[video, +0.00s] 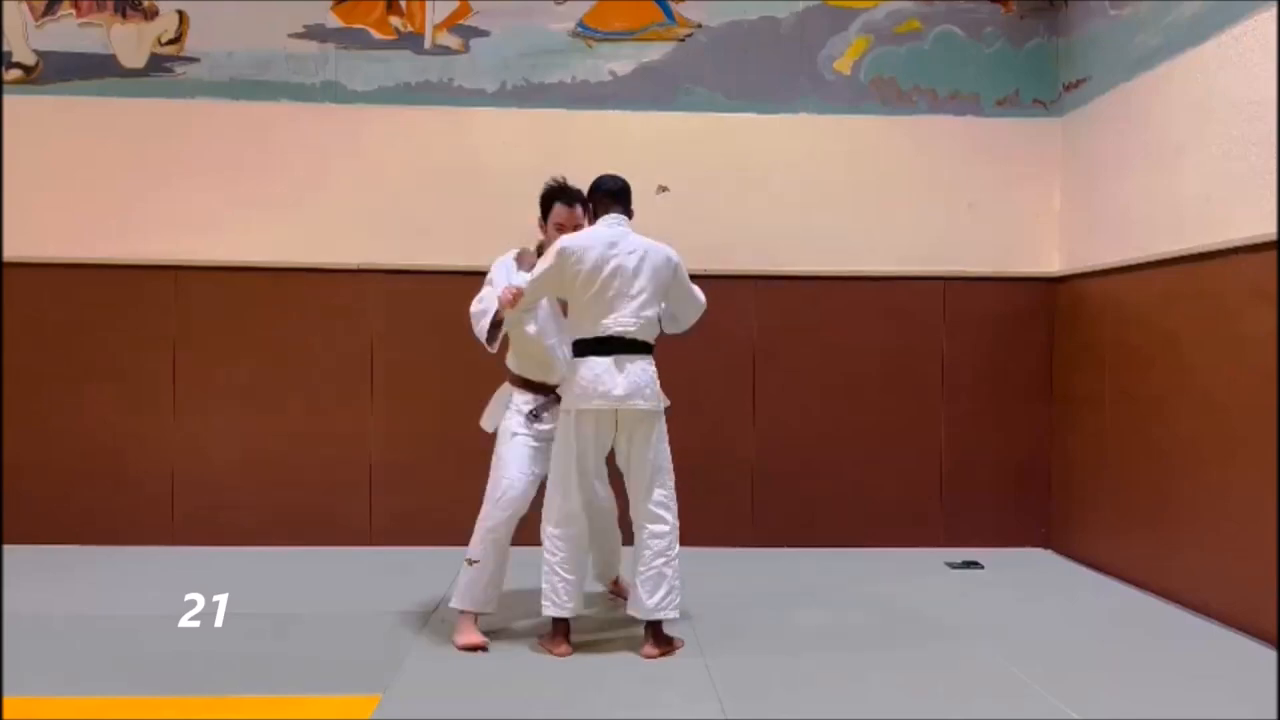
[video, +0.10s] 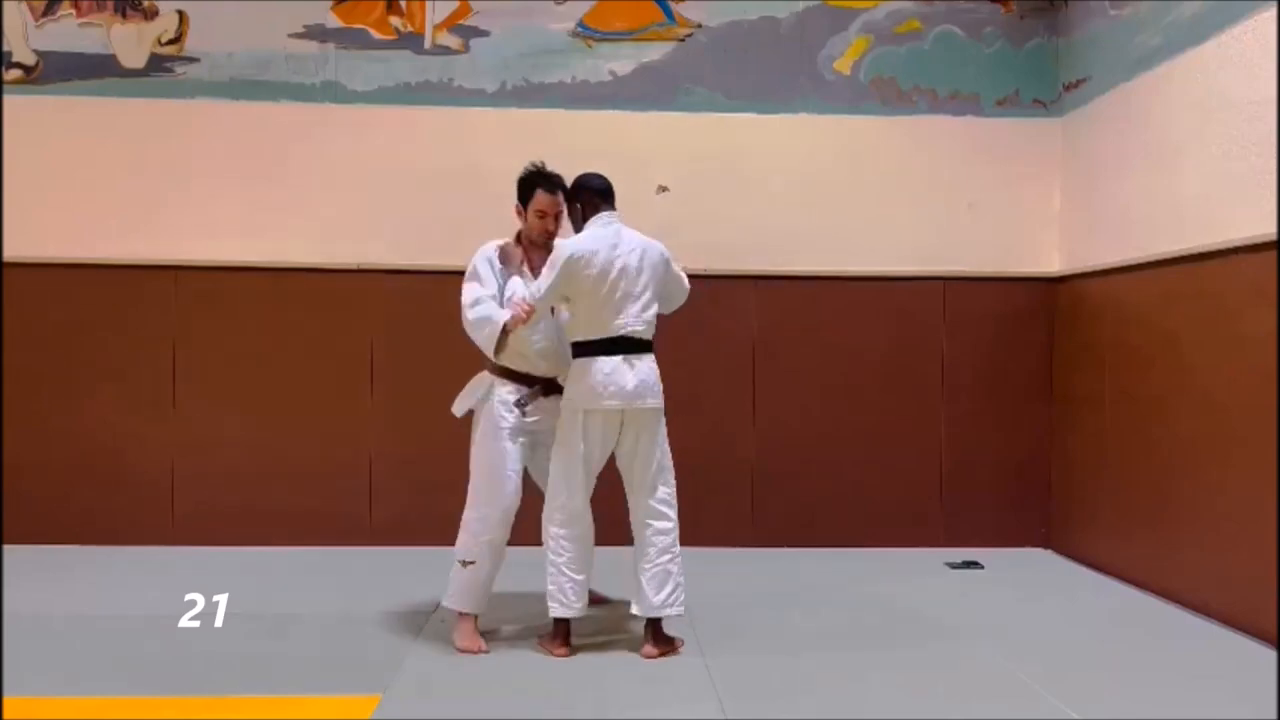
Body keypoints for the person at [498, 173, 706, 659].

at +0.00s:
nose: (579, 219)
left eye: (583, 211)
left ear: (590, 208)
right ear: (632, 208)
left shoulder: (570, 249)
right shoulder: (661, 255)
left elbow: (528, 290)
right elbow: (687, 313)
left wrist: (549, 253)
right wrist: (644, 317)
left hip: (586, 379)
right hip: (640, 377)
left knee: (568, 500)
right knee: (655, 502)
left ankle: (560, 627)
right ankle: (656, 630)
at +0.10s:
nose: (566, 217)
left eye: (568, 210)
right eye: (567, 210)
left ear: (580, 206)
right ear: (613, 204)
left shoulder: (573, 251)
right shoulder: (650, 250)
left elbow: (533, 307)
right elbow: (677, 294)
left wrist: (519, 279)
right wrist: (631, 292)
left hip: (591, 379)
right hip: (643, 374)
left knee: (568, 500)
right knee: (654, 501)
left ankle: (561, 628)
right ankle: (658, 629)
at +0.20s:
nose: (544, 234)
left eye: (545, 225)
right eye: (541, 226)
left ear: (564, 215)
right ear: (583, 208)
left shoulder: (571, 253)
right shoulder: (633, 238)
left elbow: (537, 309)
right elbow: (656, 272)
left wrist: (509, 259)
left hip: (593, 378)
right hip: (643, 374)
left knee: (568, 500)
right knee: (654, 502)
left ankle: (562, 628)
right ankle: (661, 627)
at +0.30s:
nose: (542, 239)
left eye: (542, 230)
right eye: (538, 231)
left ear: (561, 218)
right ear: (579, 210)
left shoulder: (572, 257)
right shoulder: (631, 240)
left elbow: (515, 311)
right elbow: (628, 305)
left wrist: (499, 262)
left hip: (597, 382)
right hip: (645, 377)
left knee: (568, 500)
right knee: (654, 505)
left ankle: (561, 629)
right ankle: (662, 630)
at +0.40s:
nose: (537, 239)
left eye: (539, 229)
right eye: (534, 231)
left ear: (558, 219)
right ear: (575, 211)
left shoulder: (571, 257)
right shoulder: (624, 235)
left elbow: (506, 311)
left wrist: (492, 263)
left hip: (596, 381)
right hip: (645, 374)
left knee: (568, 501)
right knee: (655, 503)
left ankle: (561, 624)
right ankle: (663, 630)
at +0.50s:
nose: (536, 244)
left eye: (537, 235)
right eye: (532, 237)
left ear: (556, 223)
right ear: (570, 211)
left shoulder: (573, 258)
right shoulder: (618, 230)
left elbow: (510, 317)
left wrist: (492, 269)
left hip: (599, 382)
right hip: (646, 372)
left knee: (568, 499)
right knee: (655, 503)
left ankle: (567, 612)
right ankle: (664, 626)